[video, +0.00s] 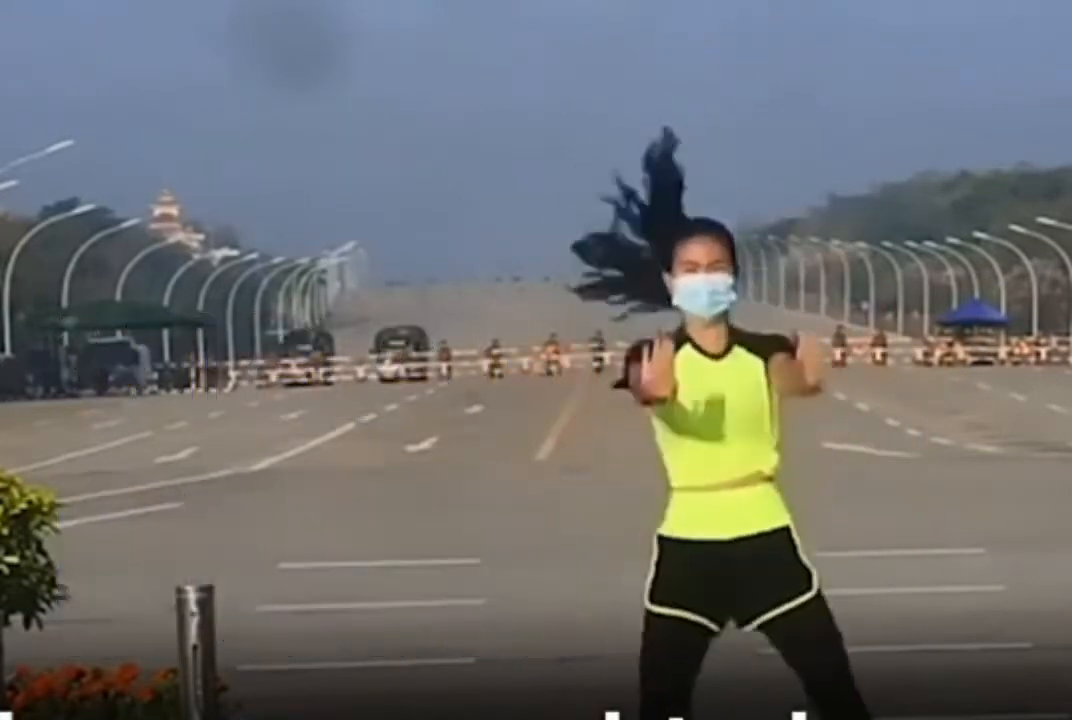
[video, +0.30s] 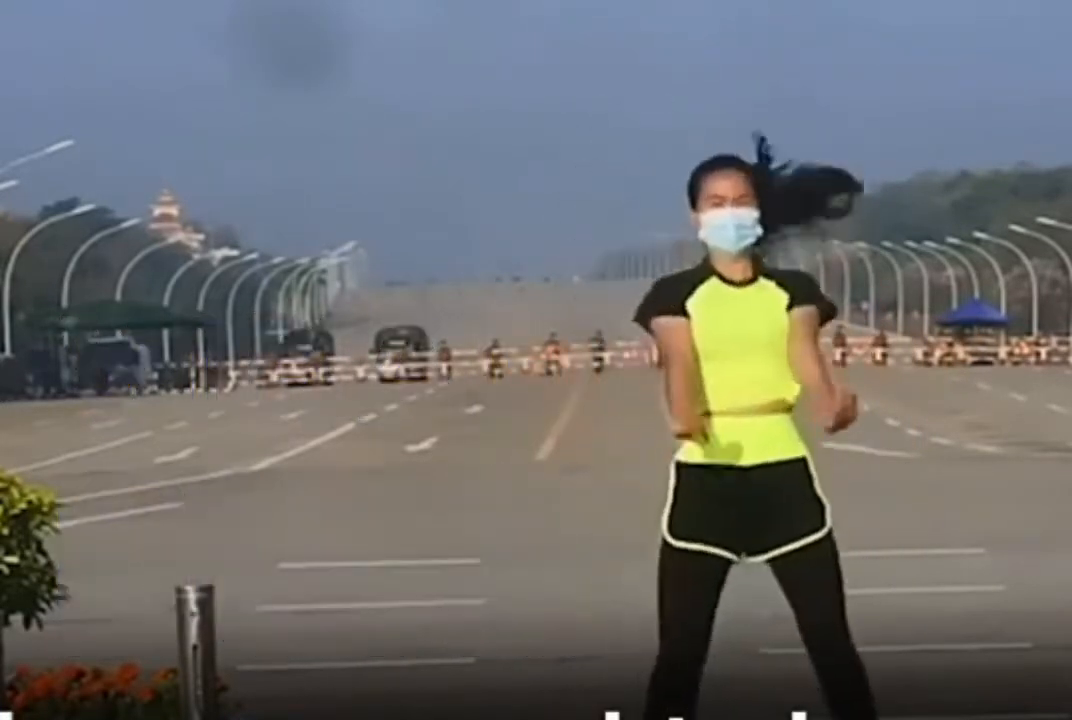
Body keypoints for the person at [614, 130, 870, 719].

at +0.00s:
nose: (706, 279)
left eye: (717, 267)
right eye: (691, 269)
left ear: (735, 278)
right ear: (670, 282)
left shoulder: (768, 352)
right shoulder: (655, 356)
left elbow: (800, 382)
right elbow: (651, 385)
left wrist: (810, 372)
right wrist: (656, 381)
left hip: (766, 541)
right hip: (687, 548)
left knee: (833, 685)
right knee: (661, 697)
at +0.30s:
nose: (732, 216)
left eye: (743, 202)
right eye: (716, 204)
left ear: (762, 213)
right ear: (695, 218)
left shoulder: (796, 292)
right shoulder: (674, 296)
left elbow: (817, 384)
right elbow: (679, 371)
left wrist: (836, 406)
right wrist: (688, 419)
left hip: (786, 484)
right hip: (704, 487)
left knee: (832, 650)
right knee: (679, 659)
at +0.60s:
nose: (760, 218)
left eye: (772, 207)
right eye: (746, 208)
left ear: (790, 218)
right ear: (726, 220)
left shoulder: (827, 296)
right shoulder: (705, 296)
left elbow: (843, 350)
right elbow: (698, 364)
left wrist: (860, 392)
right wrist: (700, 418)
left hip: (813, 488)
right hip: (732, 490)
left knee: (845, 654)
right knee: (703, 656)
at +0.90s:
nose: (796, 271)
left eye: (808, 259)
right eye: (782, 260)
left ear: (825, 270)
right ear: (761, 272)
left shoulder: (861, 345)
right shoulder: (736, 347)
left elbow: (952, 358)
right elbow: (655, 378)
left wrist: (860, 349)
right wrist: (743, 348)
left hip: (844, 538)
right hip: (762, 540)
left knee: (880, 699)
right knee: (751, 702)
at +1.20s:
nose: (800, 227)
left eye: (811, 214)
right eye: (785, 216)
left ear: (829, 225)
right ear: (764, 229)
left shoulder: (861, 297)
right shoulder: (741, 307)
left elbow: (928, 361)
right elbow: (680, 376)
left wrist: (891, 429)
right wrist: (736, 432)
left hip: (853, 501)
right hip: (772, 503)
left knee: (873, 672)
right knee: (768, 674)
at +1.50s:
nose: (798, 217)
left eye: (810, 205)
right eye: (783, 206)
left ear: (828, 213)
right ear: (763, 217)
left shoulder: (867, 286)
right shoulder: (747, 291)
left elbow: (962, 283)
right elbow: (642, 305)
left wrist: (879, 254)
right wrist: (717, 263)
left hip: (847, 480)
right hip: (766, 478)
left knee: (851, 661)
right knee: (742, 660)